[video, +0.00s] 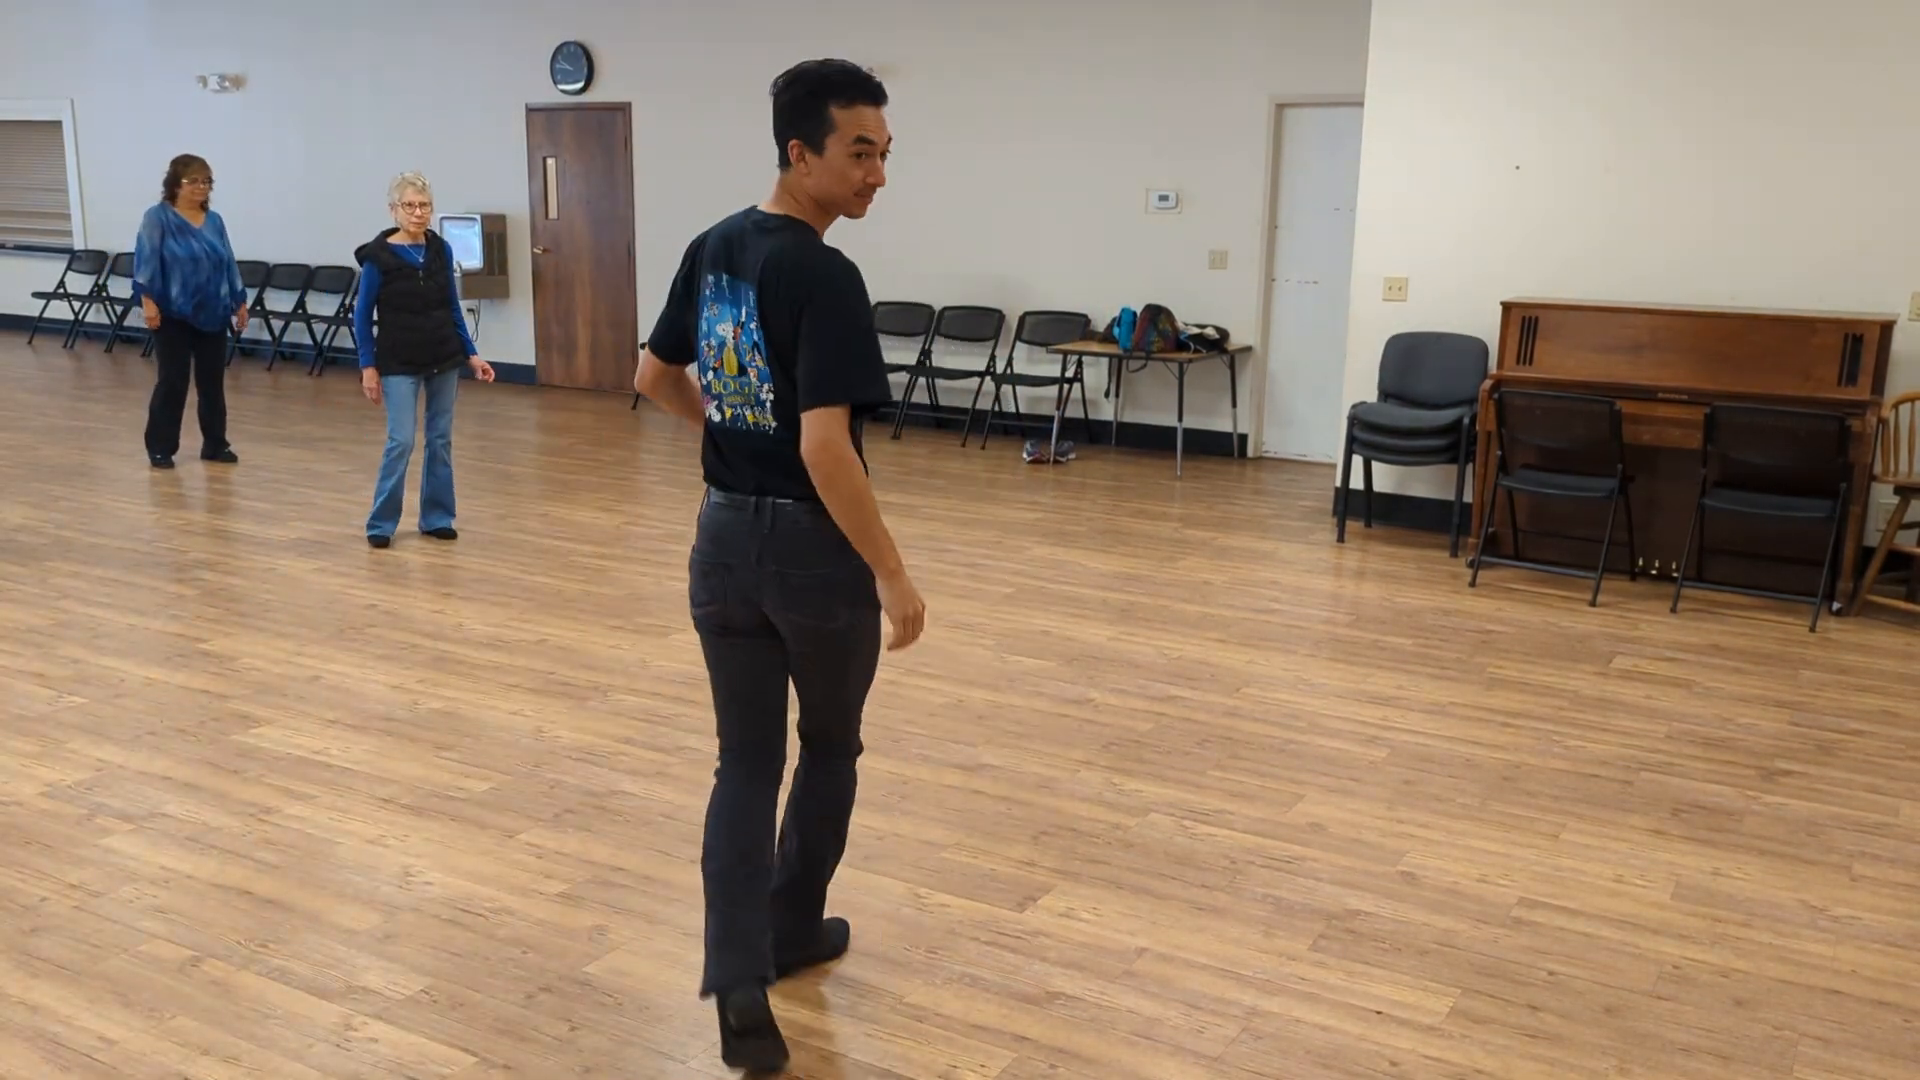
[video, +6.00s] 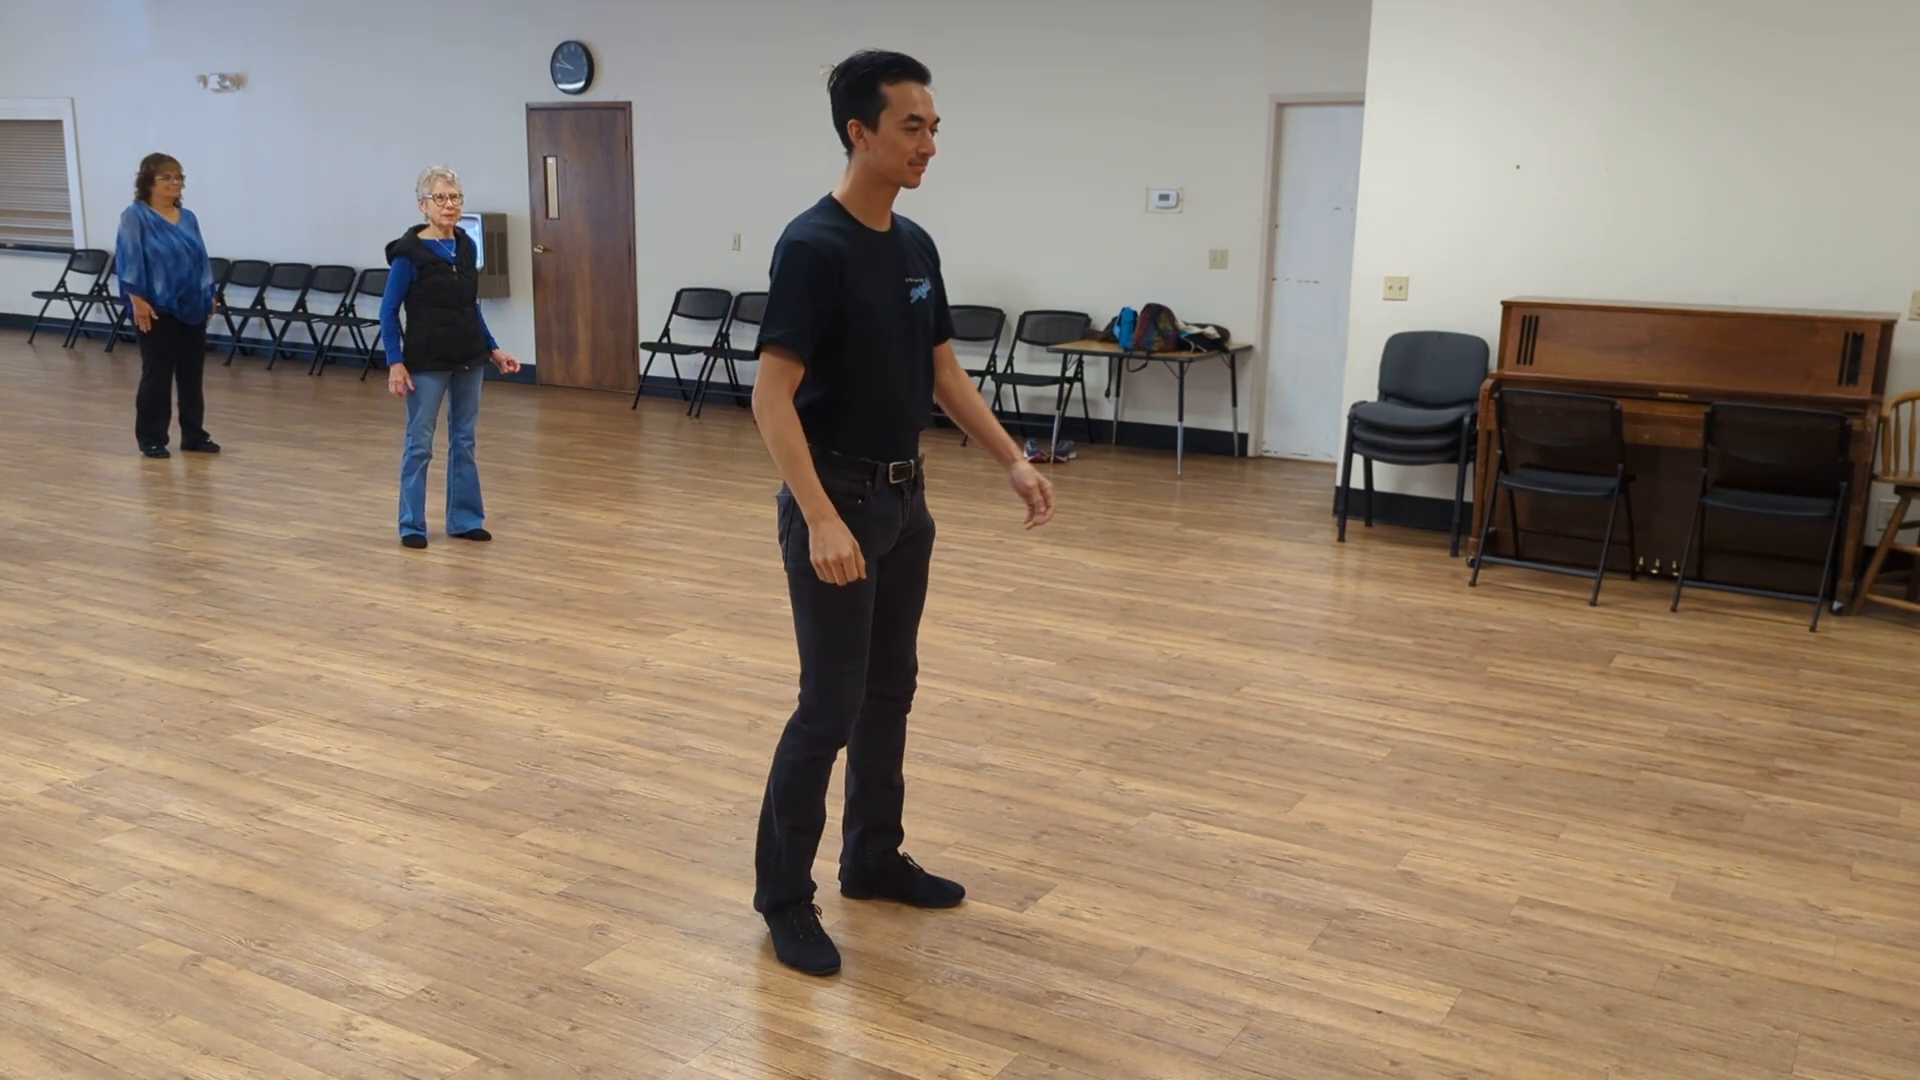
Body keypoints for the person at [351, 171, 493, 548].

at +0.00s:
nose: (418, 212)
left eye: (424, 206)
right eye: (410, 206)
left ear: (432, 209)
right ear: (395, 209)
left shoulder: (440, 250)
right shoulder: (378, 255)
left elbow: (453, 308)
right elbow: (362, 313)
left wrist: (472, 355)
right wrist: (368, 366)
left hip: (444, 359)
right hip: (399, 362)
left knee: (440, 441)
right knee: (402, 441)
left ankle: (437, 519)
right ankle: (381, 524)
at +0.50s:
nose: (427, 211)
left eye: (433, 204)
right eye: (419, 205)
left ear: (440, 209)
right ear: (404, 209)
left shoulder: (448, 250)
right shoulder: (387, 253)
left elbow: (457, 310)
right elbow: (367, 312)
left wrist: (469, 359)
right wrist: (372, 362)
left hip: (449, 357)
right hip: (404, 359)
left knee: (445, 436)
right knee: (433, 431)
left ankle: (437, 517)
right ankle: (409, 477)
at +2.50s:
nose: (415, 209)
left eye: (420, 202)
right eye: (406, 203)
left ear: (427, 208)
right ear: (389, 207)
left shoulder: (429, 247)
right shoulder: (373, 254)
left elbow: (424, 300)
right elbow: (342, 305)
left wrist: (428, 341)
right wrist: (355, 357)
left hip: (433, 357)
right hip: (390, 361)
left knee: (449, 436)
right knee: (397, 444)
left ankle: (456, 517)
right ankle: (404, 524)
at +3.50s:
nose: (449, 210)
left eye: (455, 203)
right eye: (441, 204)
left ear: (462, 208)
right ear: (425, 209)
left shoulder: (467, 250)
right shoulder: (409, 254)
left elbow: (473, 303)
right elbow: (384, 309)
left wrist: (487, 346)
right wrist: (395, 358)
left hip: (470, 360)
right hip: (427, 363)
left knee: (462, 440)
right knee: (430, 444)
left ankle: (457, 518)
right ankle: (410, 524)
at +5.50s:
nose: (433, 206)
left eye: (439, 199)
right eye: (424, 200)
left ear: (445, 203)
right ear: (406, 205)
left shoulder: (448, 246)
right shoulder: (393, 252)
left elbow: (451, 304)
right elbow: (367, 309)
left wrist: (471, 348)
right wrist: (382, 359)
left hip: (454, 357)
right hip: (411, 360)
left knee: (457, 441)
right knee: (411, 446)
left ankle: (464, 521)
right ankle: (411, 526)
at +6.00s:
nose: (449, 205)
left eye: (455, 198)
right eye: (440, 199)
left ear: (461, 202)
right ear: (424, 204)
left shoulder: (466, 247)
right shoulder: (409, 251)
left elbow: (470, 305)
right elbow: (388, 310)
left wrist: (493, 350)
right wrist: (395, 361)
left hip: (469, 358)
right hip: (427, 360)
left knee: (464, 442)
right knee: (420, 446)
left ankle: (464, 521)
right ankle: (411, 526)